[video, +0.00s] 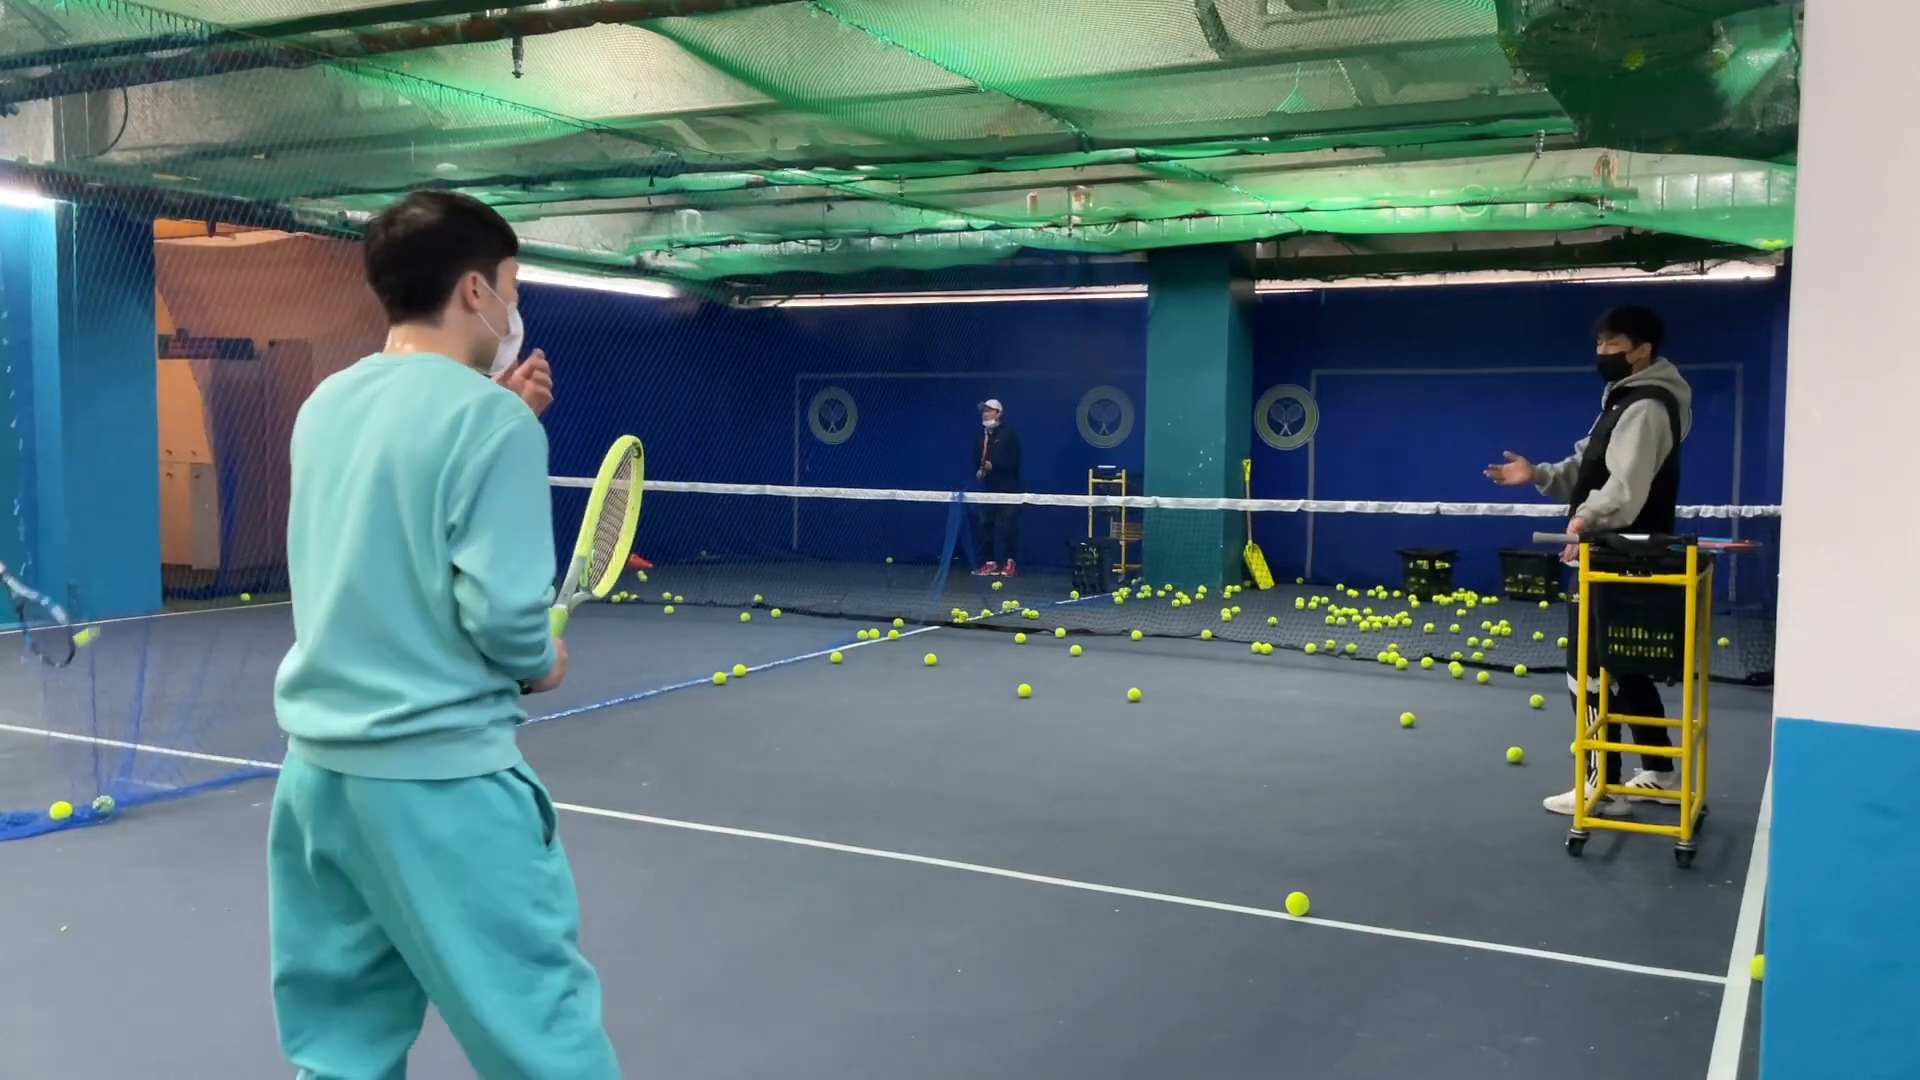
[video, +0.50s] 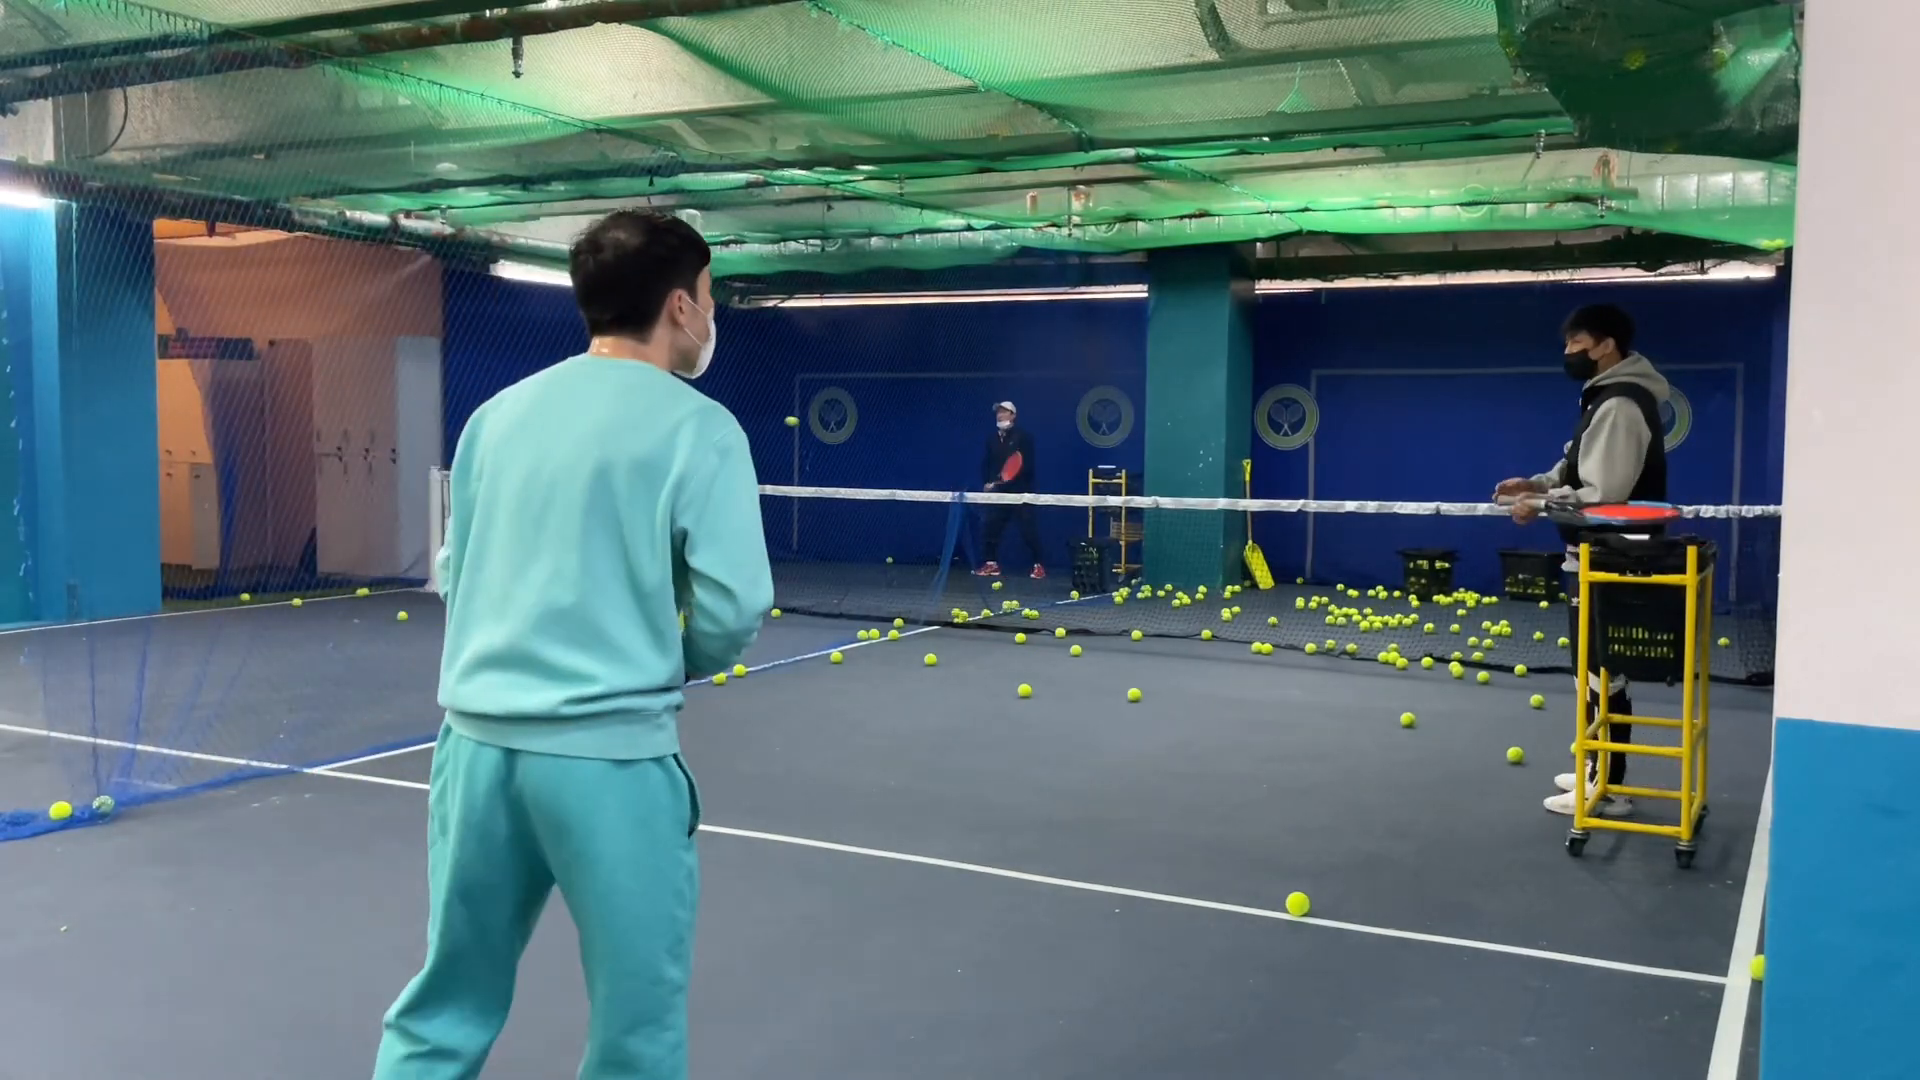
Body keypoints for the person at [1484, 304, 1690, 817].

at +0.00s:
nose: (1602, 350)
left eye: (1613, 341)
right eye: (1600, 342)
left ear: (1643, 348)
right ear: (1618, 351)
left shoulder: (1646, 407)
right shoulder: (1624, 399)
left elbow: (1626, 487)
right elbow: (1587, 469)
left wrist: (1583, 519)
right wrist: (1536, 474)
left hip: (1621, 555)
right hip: (1617, 551)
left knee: (1590, 671)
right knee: (1628, 664)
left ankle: (1601, 781)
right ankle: (1658, 770)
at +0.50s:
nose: (1569, 350)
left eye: (1578, 341)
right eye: (1568, 342)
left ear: (1608, 344)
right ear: (1601, 348)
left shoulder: (1619, 405)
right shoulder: (1603, 399)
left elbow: (1604, 492)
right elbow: (1576, 469)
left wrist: (1543, 504)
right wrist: (1535, 484)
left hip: (1612, 557)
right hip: (1596, 553)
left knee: (1602, 669)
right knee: (1594, 665)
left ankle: (1606, 785)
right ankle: (1598, 768)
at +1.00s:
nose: (1569, 354)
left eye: (1575, 345)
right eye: (1569, 345)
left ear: (1603, 346)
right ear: (1610, 348)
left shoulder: (1596, 402)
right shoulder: (1634, 398)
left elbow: (1559, 480)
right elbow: (1590, 478)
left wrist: (1515, 490)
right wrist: (1525, 488)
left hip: (1581, 557)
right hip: (1609, 553)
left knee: (1582, 674)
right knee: (1585, 669)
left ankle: (1601, 785)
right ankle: (1588, 768)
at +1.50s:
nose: (1543, 358)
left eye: (1550, 349)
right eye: (1543, 350)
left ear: (1579, 348)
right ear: (1583, 351)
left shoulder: (1577, 403)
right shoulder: (1606, 399)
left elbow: (1546, 475)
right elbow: (1566, 479)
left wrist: (1492, 492)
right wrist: (1507, 497)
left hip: (1566, 556)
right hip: (1598, 554)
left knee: (1532, 664)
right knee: (1579, 665)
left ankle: (1526, 779)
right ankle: (1590, 771)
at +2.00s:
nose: (1492, 363)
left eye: (1495, 354)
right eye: (1491, 355)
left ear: (1516, 353)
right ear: (1524, 354)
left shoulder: (1545, 406)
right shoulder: (1524, 405)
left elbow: (1504, 468)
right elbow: (1491, 478)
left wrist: (1435, 466)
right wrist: (1434, 484)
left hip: (1533, 561)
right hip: (1523, 559)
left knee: (1495, 670)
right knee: (1522, 668)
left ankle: (1500, 785)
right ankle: (1575, 758)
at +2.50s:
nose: (1444, 371)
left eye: (1448, 361)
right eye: (1441, 364)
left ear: (1476, 354)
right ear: (1462, 362)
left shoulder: (1522, 398)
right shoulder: (1460, 415)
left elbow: (1514, 460)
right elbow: (1439, 483)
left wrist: (1449, 455)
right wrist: (1419, 472)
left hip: (1522, 555)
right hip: (1487, 557)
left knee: (1501, 673)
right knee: (1479, 666)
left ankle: (1502, 786)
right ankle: (1480, 760)